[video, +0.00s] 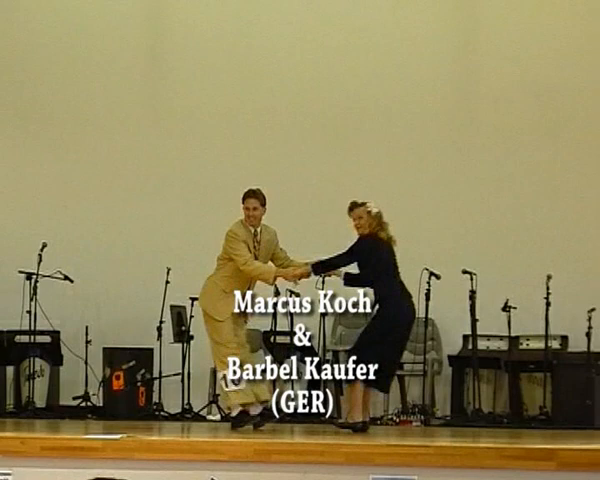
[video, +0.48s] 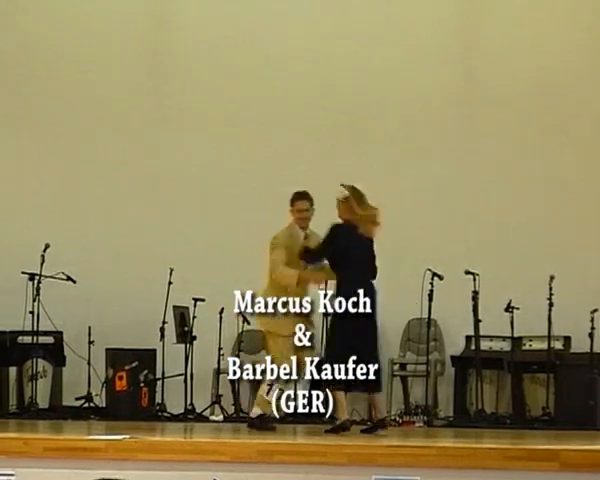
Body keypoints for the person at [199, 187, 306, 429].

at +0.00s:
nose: (250, 213)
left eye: (255, 209)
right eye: (247, 209)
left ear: (264, 210)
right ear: (242, 209)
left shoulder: (269, 235)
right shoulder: (235, 233)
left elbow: (284, 263)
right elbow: (247, 265)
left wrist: (313, 267)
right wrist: (281, 273)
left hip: (240, 299)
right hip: (217, 298)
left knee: (242, 350)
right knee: (227, 350)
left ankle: (254, 407)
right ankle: (237, 408)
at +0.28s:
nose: (270, 218)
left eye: (275, 213)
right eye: (266, 213)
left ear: (281, 214)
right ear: (259, 213)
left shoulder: (281, 238)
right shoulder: (252, 237)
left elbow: (293, 266)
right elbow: (263, 269)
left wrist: (314, 268)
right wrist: (297, 271)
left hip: (251, 304)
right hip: (231, 302)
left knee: (257, 355)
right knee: (244, 352)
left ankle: (247, 409)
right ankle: (231, 407)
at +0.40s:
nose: (290, 219)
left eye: (294, 215)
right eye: (285, 215)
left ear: (300, 215)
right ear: (279, 215)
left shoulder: (302, 244)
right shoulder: (269, 242)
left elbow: (303, 275)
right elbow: (265, 278)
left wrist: (327, 280)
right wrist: (295, 282)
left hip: (278, 308)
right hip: (257, 307)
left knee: (275, 361)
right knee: (277, 358)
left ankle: (245, 407)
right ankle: (247, 407)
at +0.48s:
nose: (303, 215)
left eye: (307, 210)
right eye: (298, 211)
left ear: (313, 212)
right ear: (291, 212)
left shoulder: (316, 240)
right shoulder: (281, 239)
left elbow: (326, 266)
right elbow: (277, 272)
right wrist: (306, 277)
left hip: (300, 310)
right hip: (277, 309)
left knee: (299, 363)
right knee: (283, 363)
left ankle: (265, 409)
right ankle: (258, 411)